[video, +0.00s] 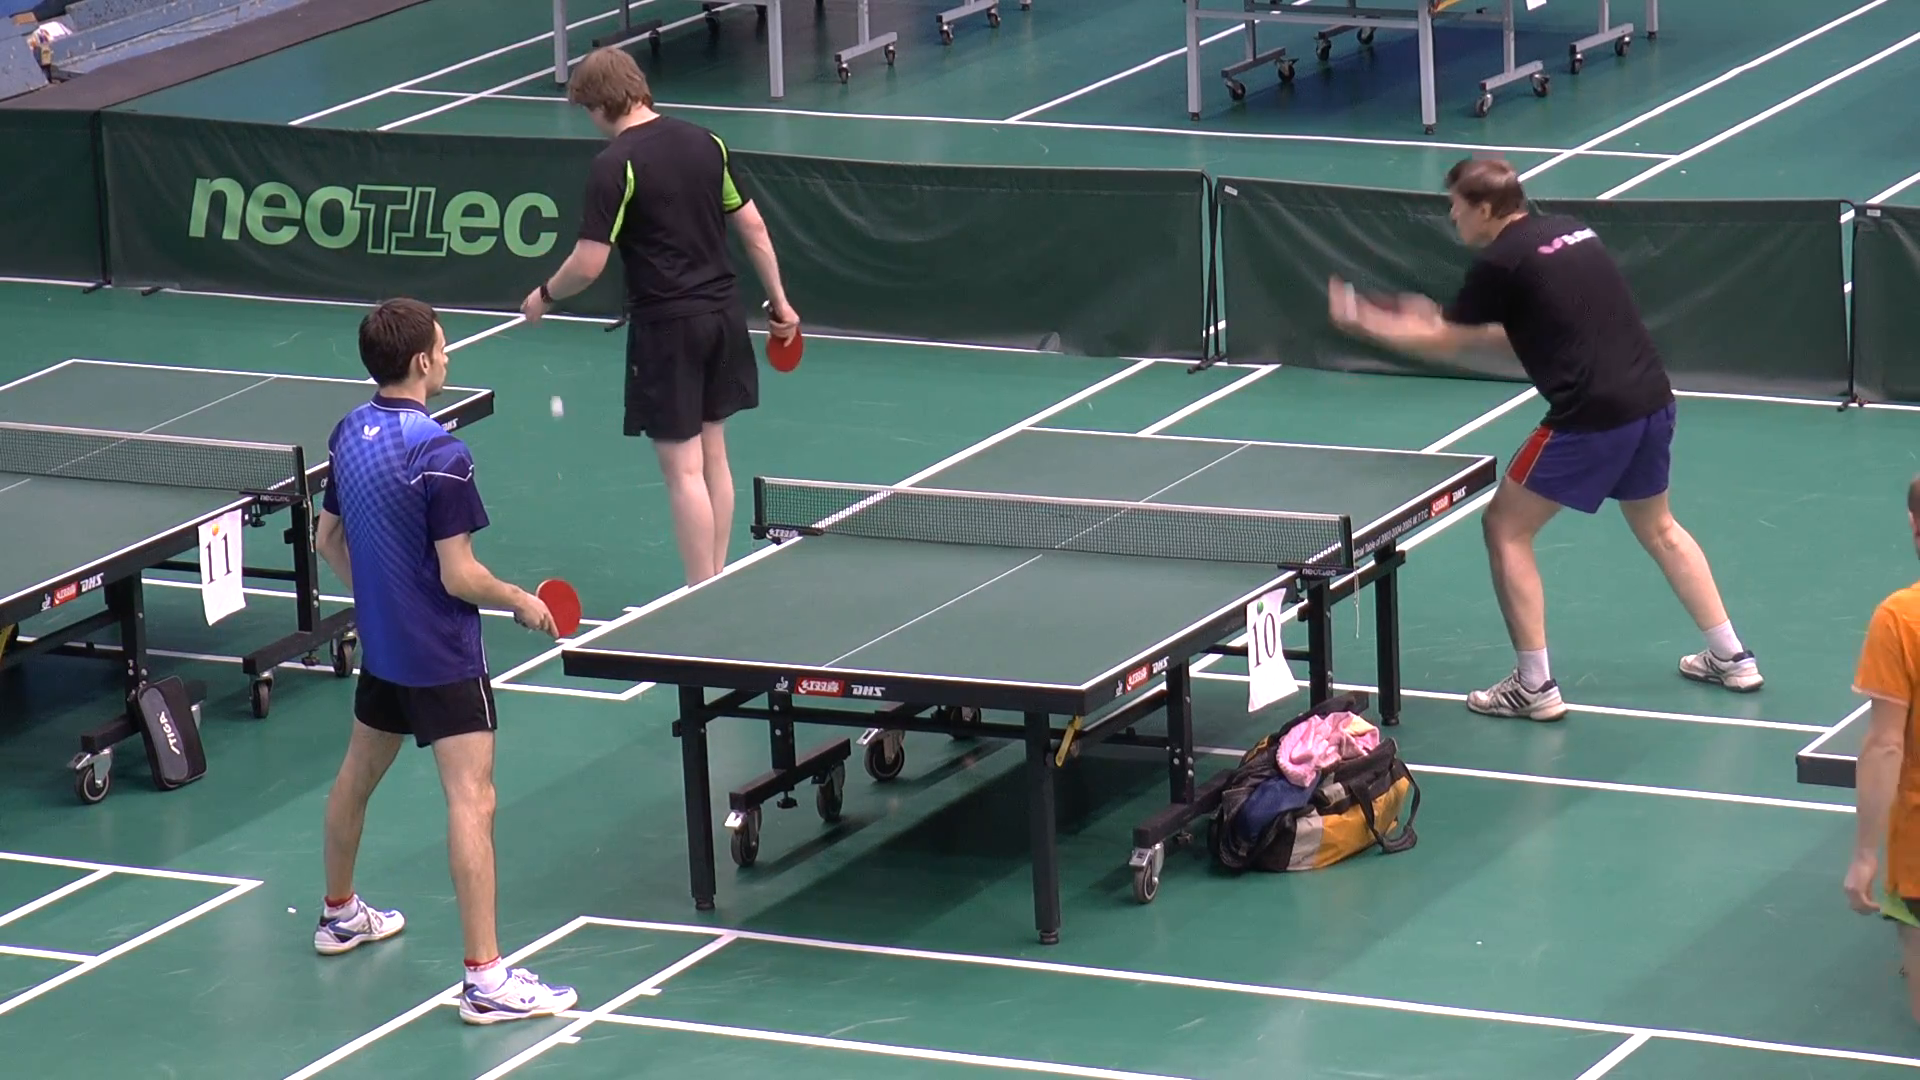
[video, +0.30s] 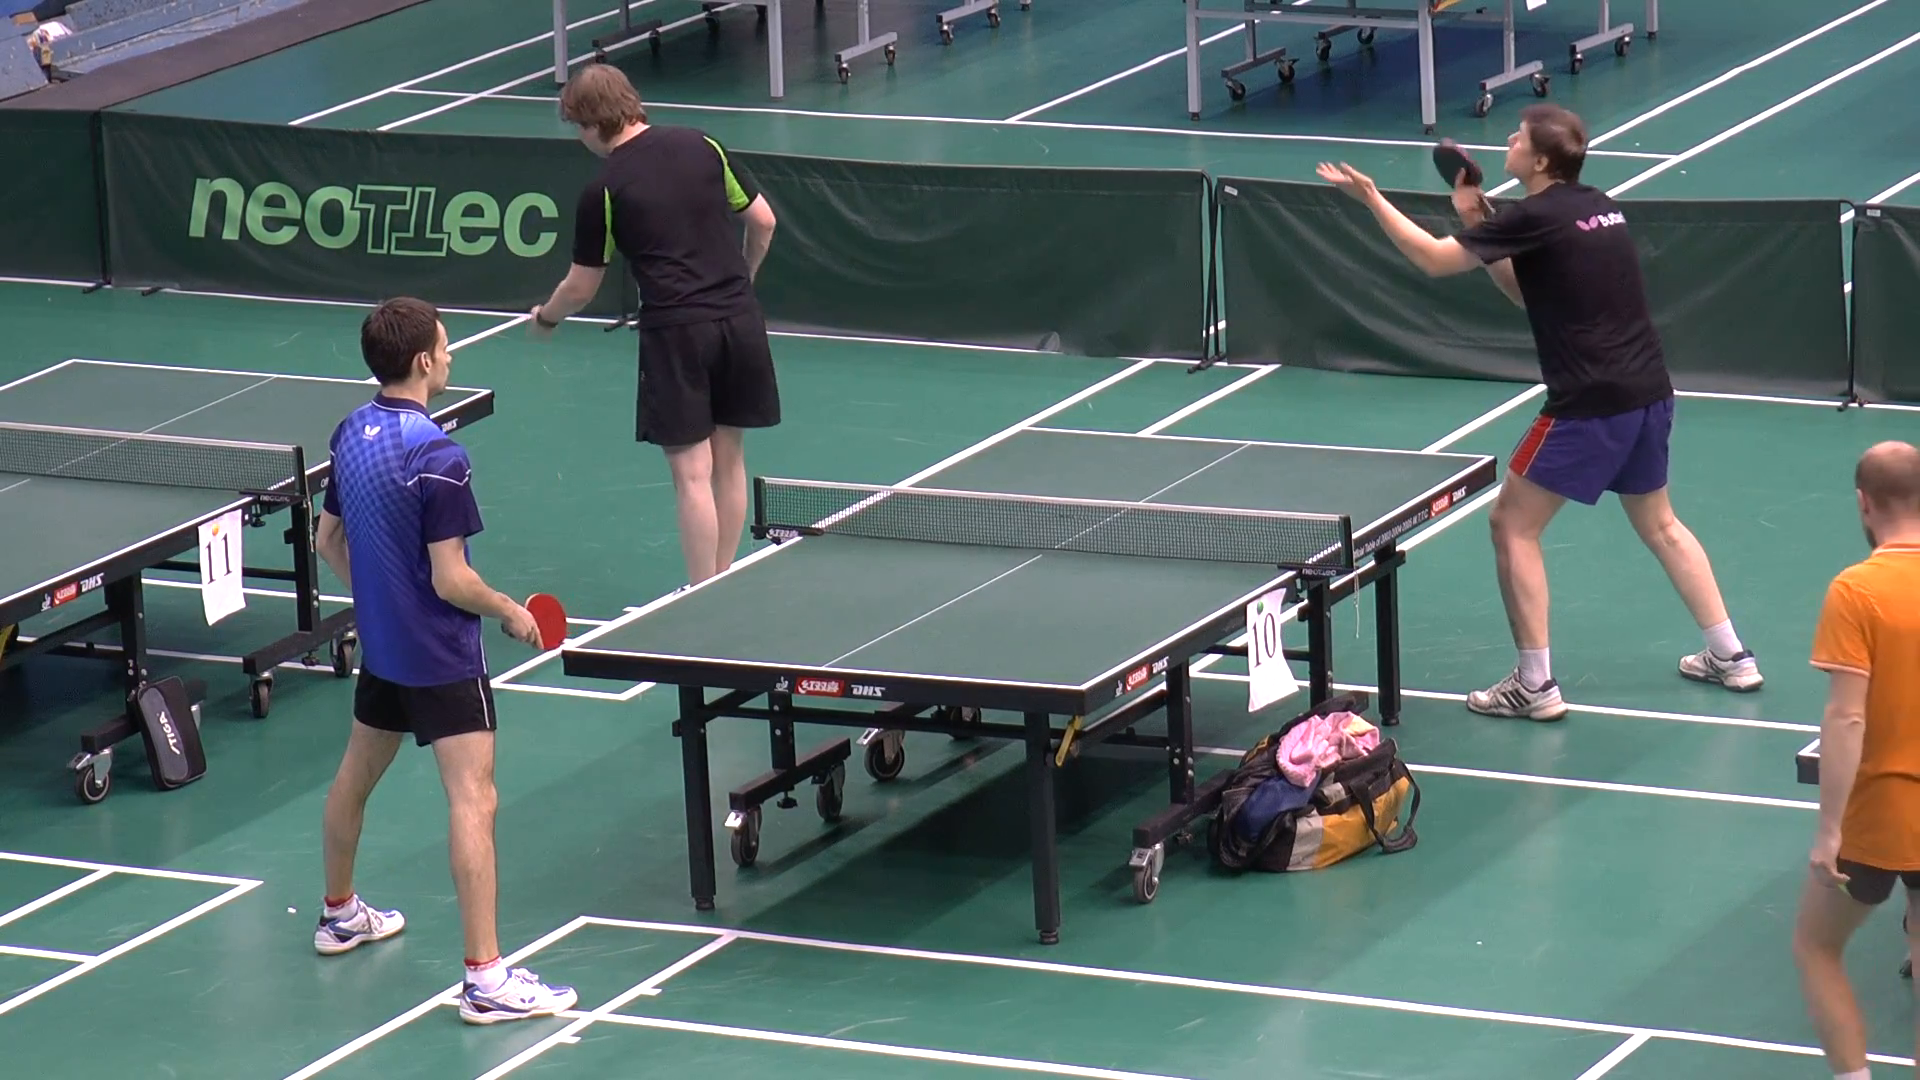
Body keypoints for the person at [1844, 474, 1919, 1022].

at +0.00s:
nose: (1911, 523)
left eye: (1912, 512)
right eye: (1914, 511)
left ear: (1915, 523)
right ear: (1918, 524)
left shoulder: (1902, 616)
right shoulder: (1899, 616)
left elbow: (1886, 744)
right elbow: (1885, 742)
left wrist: (1865, 853)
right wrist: (1869, 852)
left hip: (1914, 855)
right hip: (1910, 855)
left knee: (1919, 992)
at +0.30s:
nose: (1858, 505)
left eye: (1858, 496)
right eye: (1860, 496)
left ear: (1867, 502)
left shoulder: (1863, 587)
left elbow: (1847, 718)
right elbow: (1851, 715)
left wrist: (1830, 828)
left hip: (1889, 811)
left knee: (1817, 945)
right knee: (1916, 944)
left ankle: (1853, 1072)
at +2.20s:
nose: (1834, 431)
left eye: (1831, 420)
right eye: (1830, 421)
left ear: (1775, 430)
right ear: (1808, 434)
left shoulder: (1749, 496)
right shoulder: (1751, 514)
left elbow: (1774, 621)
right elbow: (1753, 646)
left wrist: (1833, 674)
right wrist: (1827, 688)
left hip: (1712, 715)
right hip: (1698, 725)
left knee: (1716, 870)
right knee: (1713, 879)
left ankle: (1717, 1016)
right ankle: (1692, 1044)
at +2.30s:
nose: (1832, 437)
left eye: (1830, 426)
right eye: (1828, 427)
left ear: (1779, 433)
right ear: (1801, 438)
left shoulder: (1752, 498)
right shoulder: (1737, 515)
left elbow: (1769, 589)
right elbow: (1722, 639)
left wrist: (1856, 633)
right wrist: (1802, 688)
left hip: (1714, 717)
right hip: (1681, 723)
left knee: (1711, 867)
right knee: (1680, 875)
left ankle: (1716, 1020)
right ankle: (1633, 1034)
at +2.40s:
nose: (1823, 440)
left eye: (1821, 429)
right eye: (1818, 430)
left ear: (1772, 435)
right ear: (1791, 439)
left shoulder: (1756, 503)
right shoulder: (1717, 513)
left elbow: (1787, 587)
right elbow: (1693, 634)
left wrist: (1880, 608)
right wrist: (1775, 689)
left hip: (1709, 717)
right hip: (1660, 721)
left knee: (1704, 863)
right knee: (1643, 873)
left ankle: (1714, 1019)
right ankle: (1584, 1011)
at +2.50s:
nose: (1810, 444)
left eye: (1809, 433)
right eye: (1805, 434)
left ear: (1763, 439)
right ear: (1773, 441)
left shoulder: (1755, 507)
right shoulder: (1690, 514)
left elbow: (1806, 593)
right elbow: (1661, 631)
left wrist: (1900, 613)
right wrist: (1743, 690)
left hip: (1700, 713)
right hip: (1640, 714)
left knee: (1700, 859)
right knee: (1612, 865)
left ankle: (1714, 1019)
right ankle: (1550, 990)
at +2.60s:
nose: (1790, 451)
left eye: (1790, 438)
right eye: (1783, 439)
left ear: (1746, 442)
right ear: (1746, 443)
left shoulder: (1748, 514)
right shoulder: (1658, 514)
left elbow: (1811, 594)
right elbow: (1626, 627)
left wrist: (1893, 644)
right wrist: (1710, 689)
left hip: (1686, 715)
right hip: (1618, 717)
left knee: (1695, 860)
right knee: (1588, 860)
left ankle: (1714, 1020)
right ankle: (1535, 988)